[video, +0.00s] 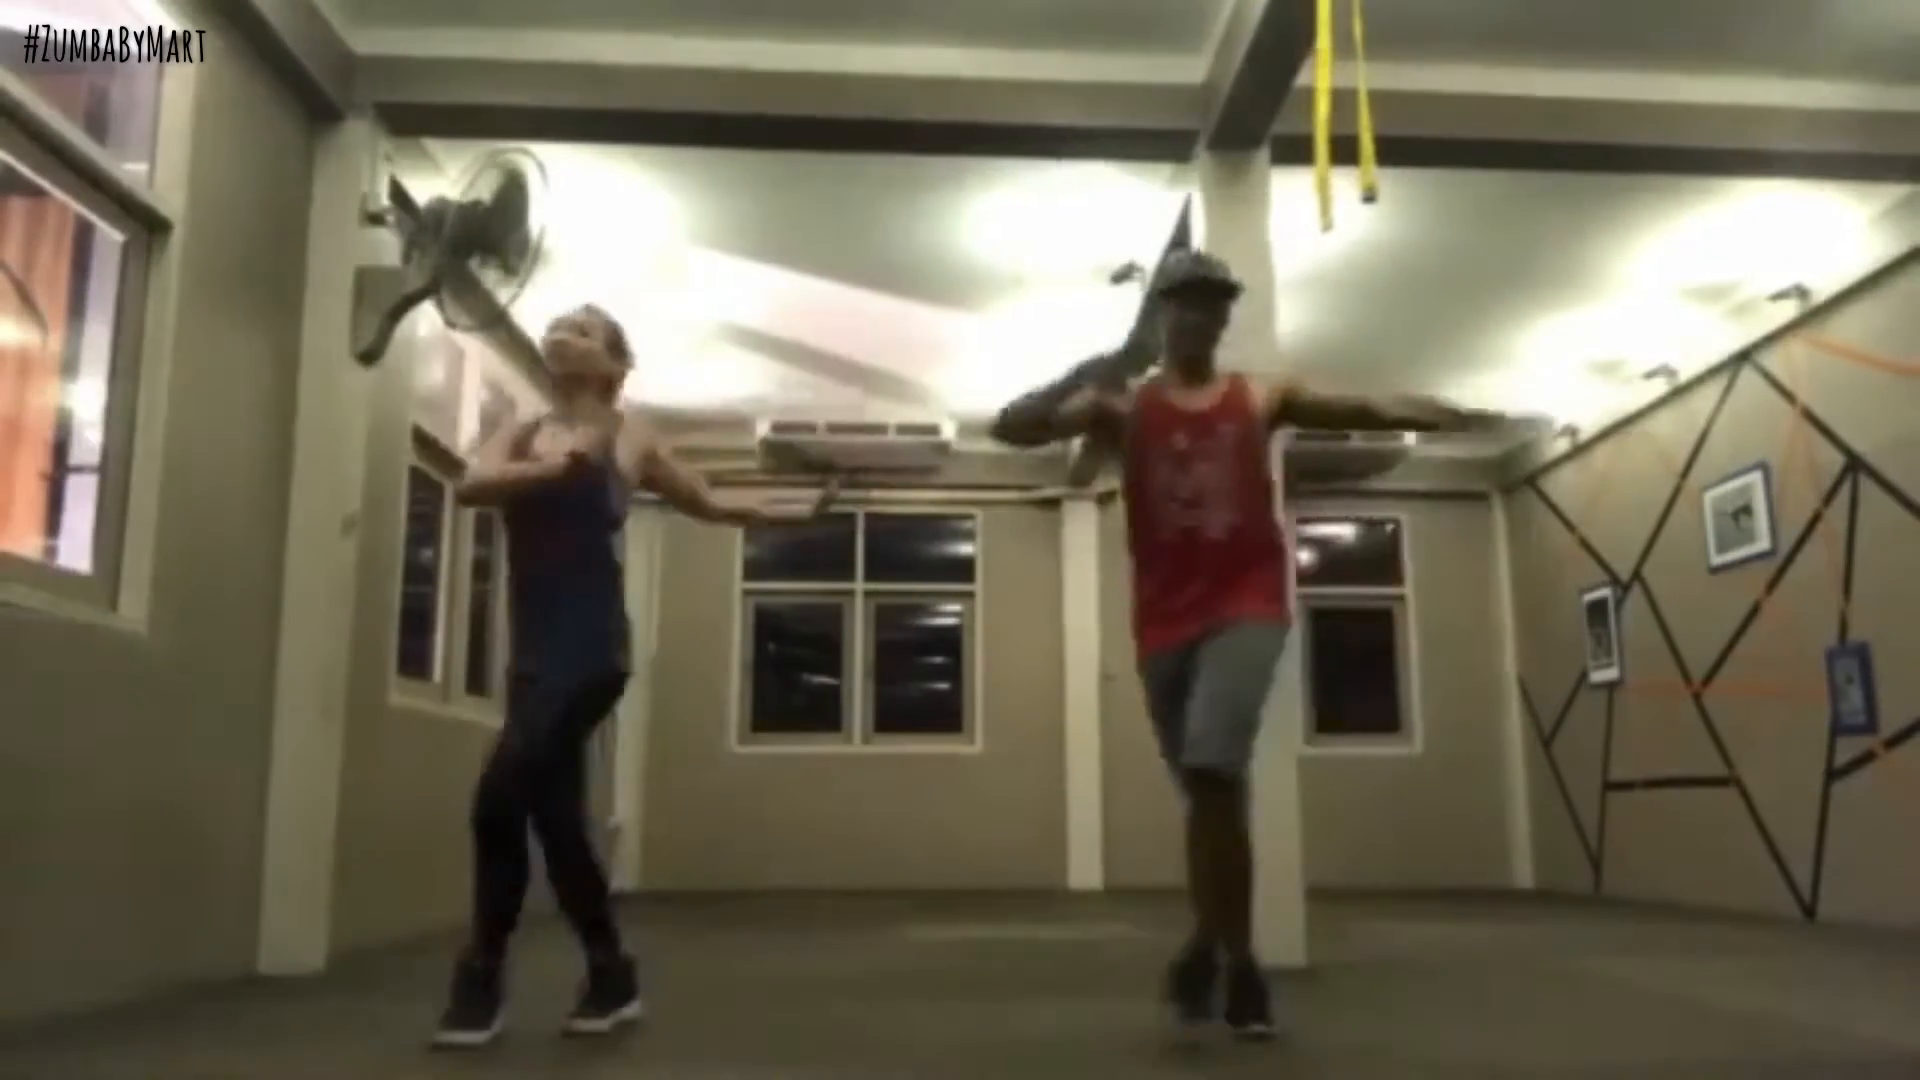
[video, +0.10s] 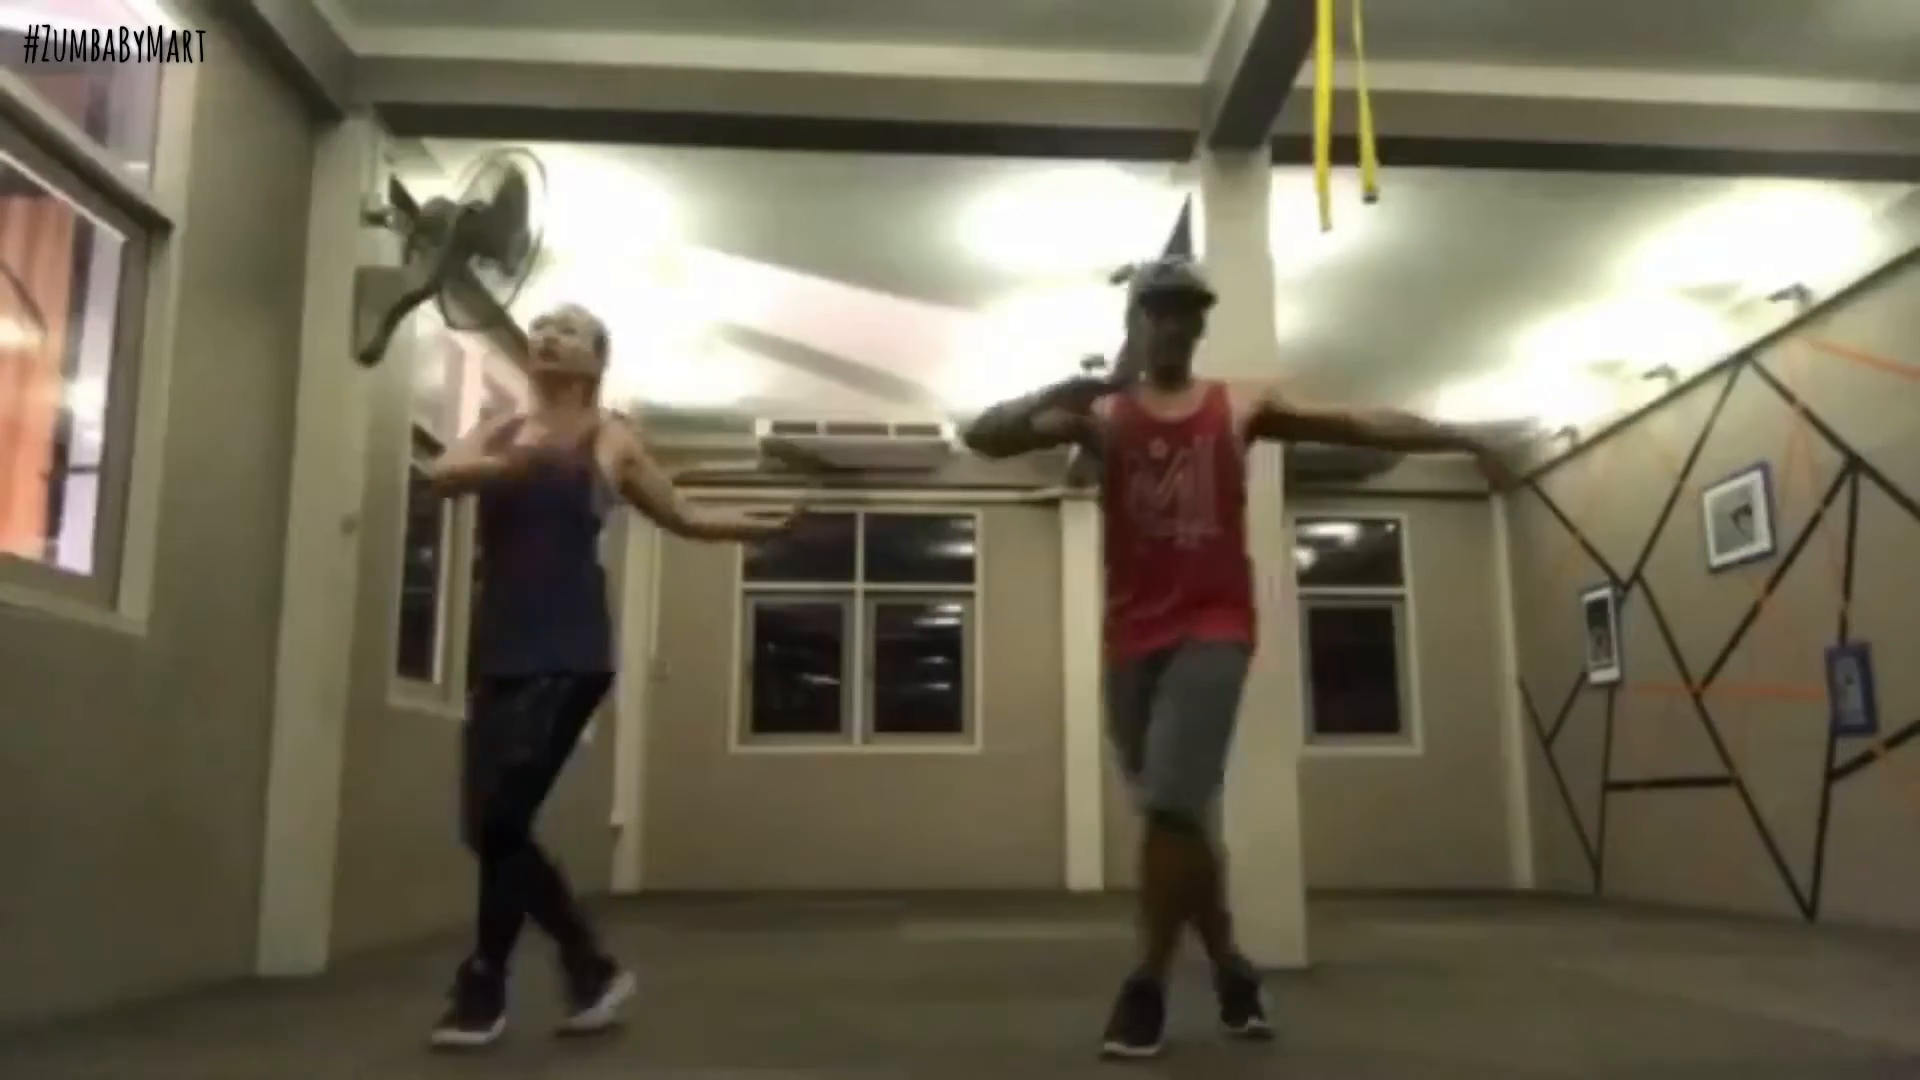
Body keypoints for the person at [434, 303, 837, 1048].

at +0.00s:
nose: (560, 335)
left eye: (582, 331)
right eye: (557, 328)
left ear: (614, 366)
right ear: (544, 356)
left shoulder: (629, 438)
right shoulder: (523, 427)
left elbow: (707, 504)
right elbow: (472, 483)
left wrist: (801, 509)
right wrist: (550, 470)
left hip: (593, 650)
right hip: (536, 651)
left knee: (499, 800)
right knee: (558, 822)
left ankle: (477, 990)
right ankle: (610, 975)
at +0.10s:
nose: (549, 339)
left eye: (567, 331)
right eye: (541, 330)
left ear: (598, 357)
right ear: (527, 351)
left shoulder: (612, 440)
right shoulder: (504, 427)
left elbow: (683, 517)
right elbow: (441, 474)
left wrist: (764, 525)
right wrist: (512, 461)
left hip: (572, 650)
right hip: (500, 647)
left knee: (502, 820)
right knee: (495, 826)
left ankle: (480, 996)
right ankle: (594, 975)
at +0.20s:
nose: (549, 336)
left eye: (566, 328)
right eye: (537, 324)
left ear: (586, 352)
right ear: (513, 341)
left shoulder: (602, 436)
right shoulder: (484, 429)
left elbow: (674, 518)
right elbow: (370, 458)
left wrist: (736, 483)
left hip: (564, 655)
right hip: (484, 651)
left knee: (508, 822)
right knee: (413, 805)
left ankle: (486, 993)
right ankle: (517, 917)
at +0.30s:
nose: (539, 337)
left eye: (554, 327)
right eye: (527, 324)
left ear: (575, 348)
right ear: (501, 341)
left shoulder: (587, 434)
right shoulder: (470, 431)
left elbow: (661, 498)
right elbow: (369, 447)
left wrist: (639, 446)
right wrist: (286, 413)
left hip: (548, 655)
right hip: (462, 648)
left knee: (513, 824)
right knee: (391, 799)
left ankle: (484, 994)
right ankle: (397, 913)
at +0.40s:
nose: (533, 339)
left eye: (545, 329)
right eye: (519, 326)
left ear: (561, 348)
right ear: (489, 343)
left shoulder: (584, 426)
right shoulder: (465, 429)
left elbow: (617, 456)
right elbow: (366, 449)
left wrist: (536, 428)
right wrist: (281, 434)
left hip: (529, 652)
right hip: (446, 643)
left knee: (510, 823)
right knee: (392, 807)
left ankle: (486, 995)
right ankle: (308, 925)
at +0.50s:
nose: (524, 352)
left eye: (535, 341)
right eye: (507, 339)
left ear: (548, 362)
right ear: (473, 357)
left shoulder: (561, 450)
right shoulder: (447, 443)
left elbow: (588, 467)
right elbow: (357, 462)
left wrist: (553, 377)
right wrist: (273, 457)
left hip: (505, 662)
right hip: (419, 652)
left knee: (498, 822)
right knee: (369, 817)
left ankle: (486, 988)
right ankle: (282, 968)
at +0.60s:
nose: (512, 350)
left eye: (525, 339)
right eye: (497, 336)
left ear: (540, 356)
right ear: (467, 351)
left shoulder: (544, 448)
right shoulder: (431, 439)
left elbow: (615, 466)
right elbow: (324, 452)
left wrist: (548, 375)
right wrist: (224, 431)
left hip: (486, 660)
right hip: (400, 650)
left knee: (497, 820)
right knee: (351, 814)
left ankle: (488, 986)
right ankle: (283, 975)